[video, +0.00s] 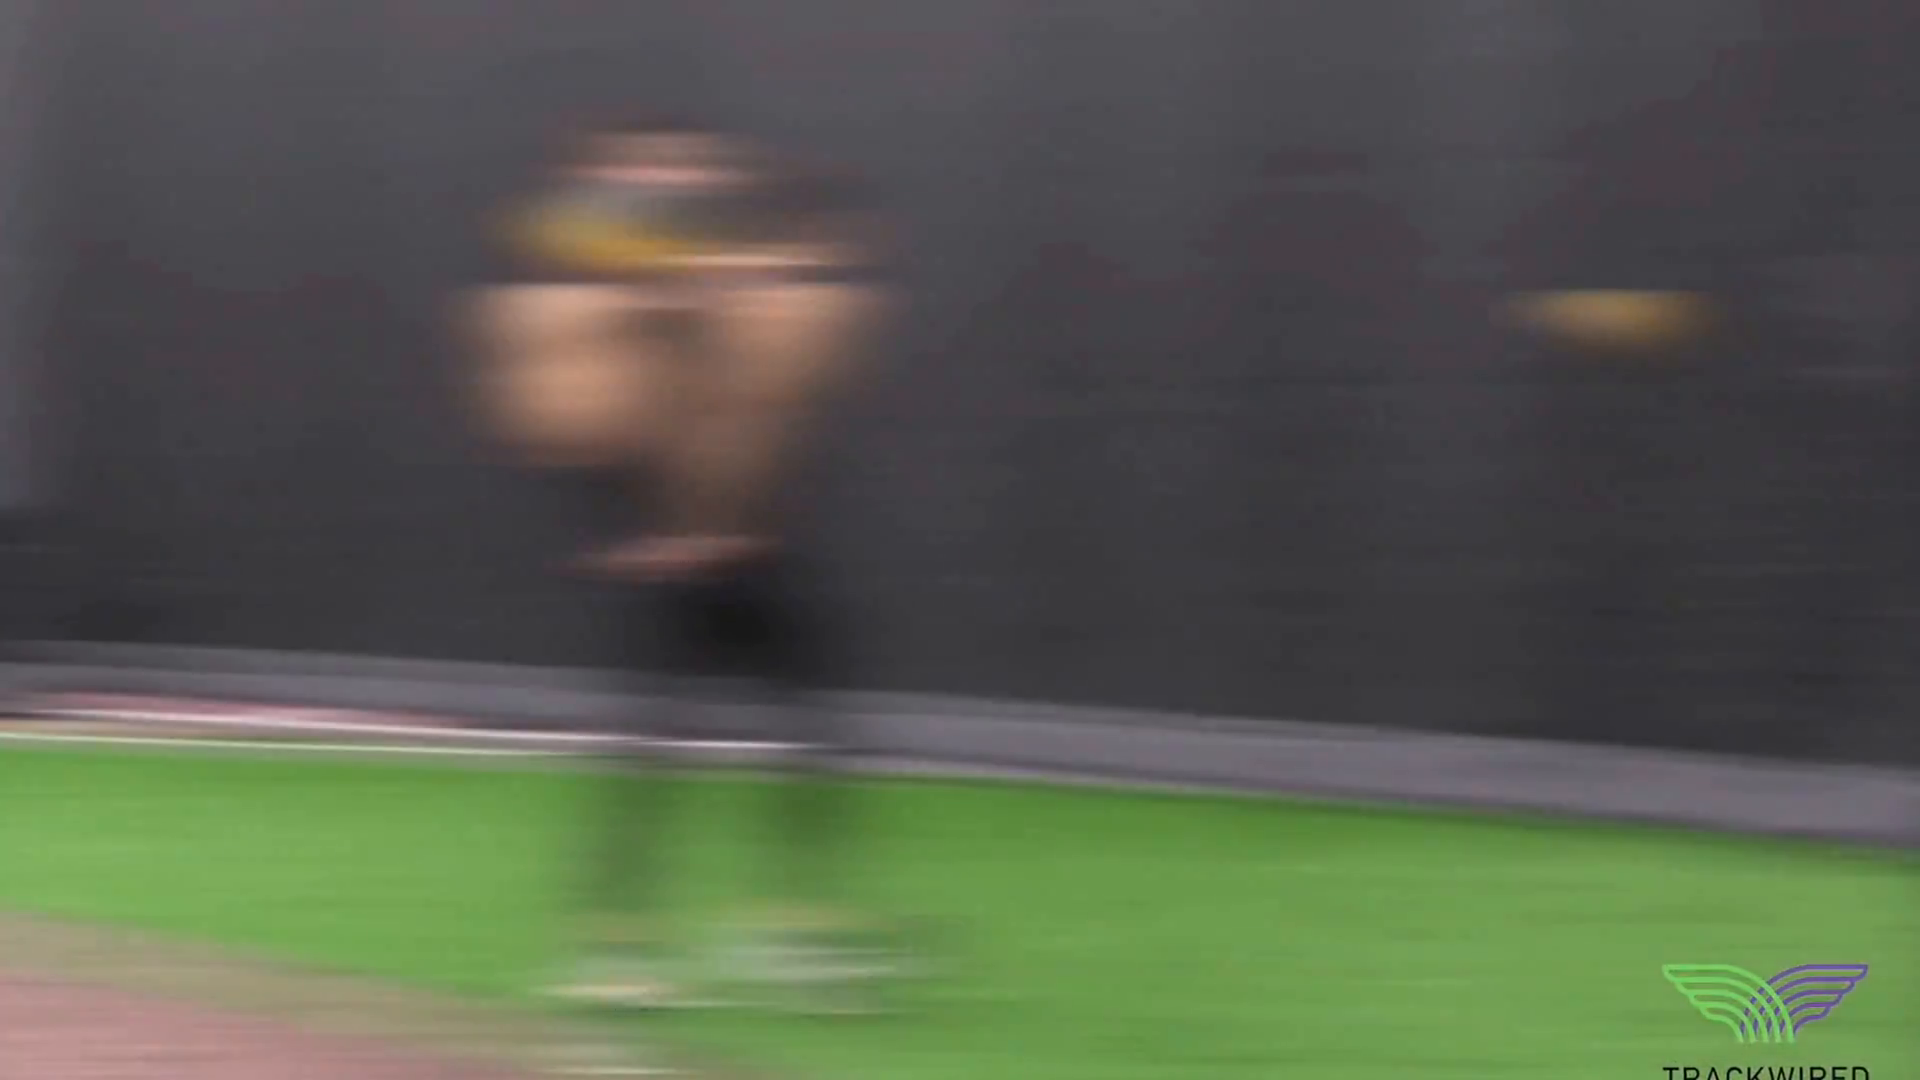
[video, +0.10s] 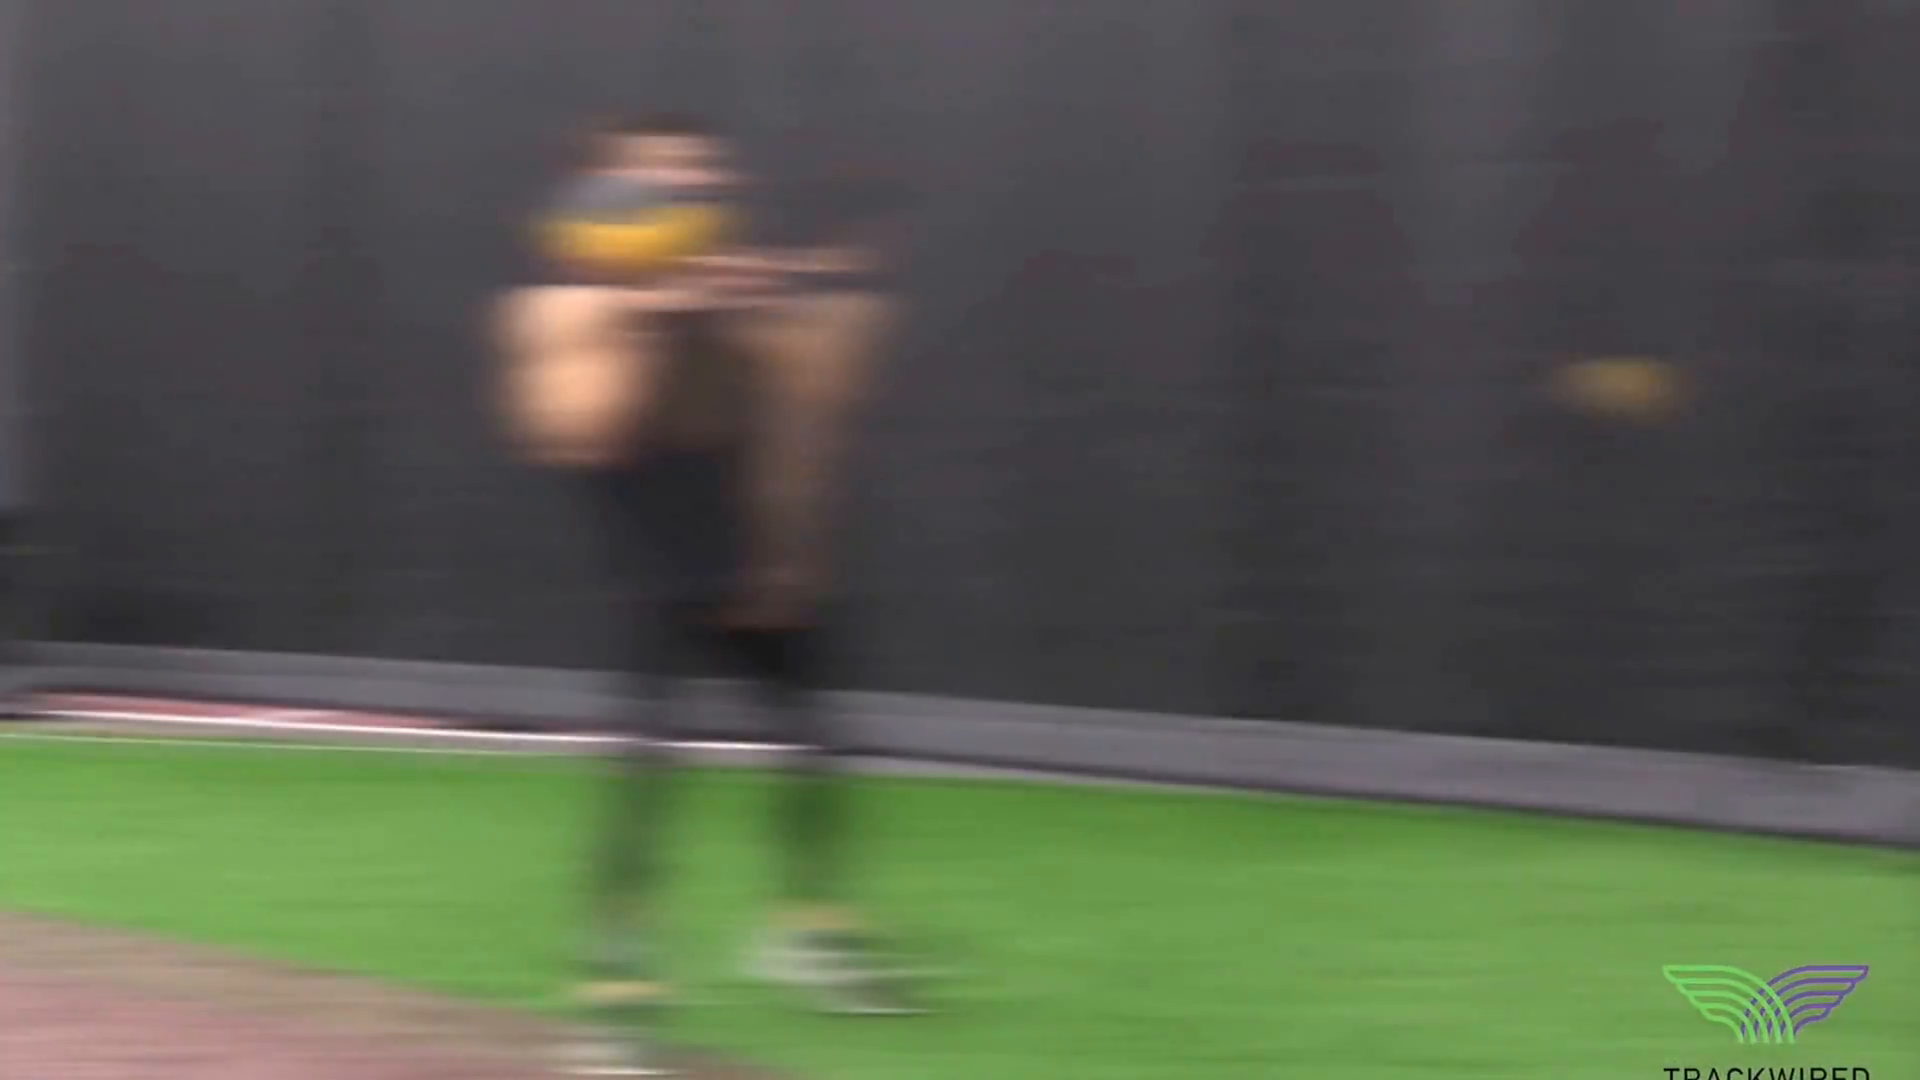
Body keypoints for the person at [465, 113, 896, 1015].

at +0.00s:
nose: (663, 208)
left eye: (686, 189)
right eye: (637, 192)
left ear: (724, 188)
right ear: (596, 196)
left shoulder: (767, 263)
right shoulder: (582, 277)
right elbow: (553, 407)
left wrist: (720, 513)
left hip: (755, 537)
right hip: (641, 535)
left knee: (812, 717)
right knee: (640, 733)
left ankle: (801, 915)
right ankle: (618, 930)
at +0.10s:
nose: (677, 219)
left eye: (696, 198)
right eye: (648, 201)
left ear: (728, 206)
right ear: (595, 211)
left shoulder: (761, 293)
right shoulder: (582, 301)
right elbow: (568, 419)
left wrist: (784, 570)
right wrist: (659, 304)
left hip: (753, 564)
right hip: (649, 572)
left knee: (805, 726)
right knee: (644, 746)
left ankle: (810, 920)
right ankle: (616, 952)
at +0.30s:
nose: (674, 189)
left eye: (685, 175)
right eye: (654, 177)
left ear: (702, 192)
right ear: (612, 200)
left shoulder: (738, 297)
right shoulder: (590, 309)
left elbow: (832, 389)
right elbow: (563, 427)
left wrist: (768, 300)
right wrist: (635, 327)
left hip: (757, 573)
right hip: (664, 582)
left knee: (818, 748)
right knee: (651, 780)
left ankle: (847, 934)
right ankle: (617, 994)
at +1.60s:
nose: (716, 213)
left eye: (721, 198)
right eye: (695, 199)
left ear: (728, 214)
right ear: (643, 216)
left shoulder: (751, 308)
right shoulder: (597, 302)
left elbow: (841, 422)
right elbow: (457, 314)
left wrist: (792, 342)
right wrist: (578, 313)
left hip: (720, 585)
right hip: (618, 582)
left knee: (747, 765)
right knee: (596, 753)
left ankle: (771, 959)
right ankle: (528, 972)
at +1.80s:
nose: (615, 230)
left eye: (619, 213)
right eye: (594, 216)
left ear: (627, 224)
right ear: (543, 233)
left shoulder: (668, 315)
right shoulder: (498, 312)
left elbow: (750, 428)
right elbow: (355, 331)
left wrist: (685, 360)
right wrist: (482, 333)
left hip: (639, 588)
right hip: (530, 584)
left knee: (671, 772)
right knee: (496, 761)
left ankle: (698, 962)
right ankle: (420, 980)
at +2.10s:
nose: (523, 278)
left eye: (527, 260)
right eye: (500, 267)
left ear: (537, 264)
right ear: (452, 284)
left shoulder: (583, 345)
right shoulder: (417, 354)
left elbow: (671, 462)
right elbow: (259, 373)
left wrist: (580, 422)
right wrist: (376, 388)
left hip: (579, 612)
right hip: (470, 612)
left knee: (648, 779)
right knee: (436, 789)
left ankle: (683, 961)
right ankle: (377, 1004)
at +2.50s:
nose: (441, 376)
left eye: (440, 354)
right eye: (417, 368)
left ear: (448, 346)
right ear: (367, 384)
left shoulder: (501, 412)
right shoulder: (328, 427)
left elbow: (585, 535)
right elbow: (172, 441)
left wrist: (486, 518)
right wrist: (275, 473)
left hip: (535, 619)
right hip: (424, 636)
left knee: (631, 781)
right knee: (409, 800)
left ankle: (692, 933)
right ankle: (377, 1011)